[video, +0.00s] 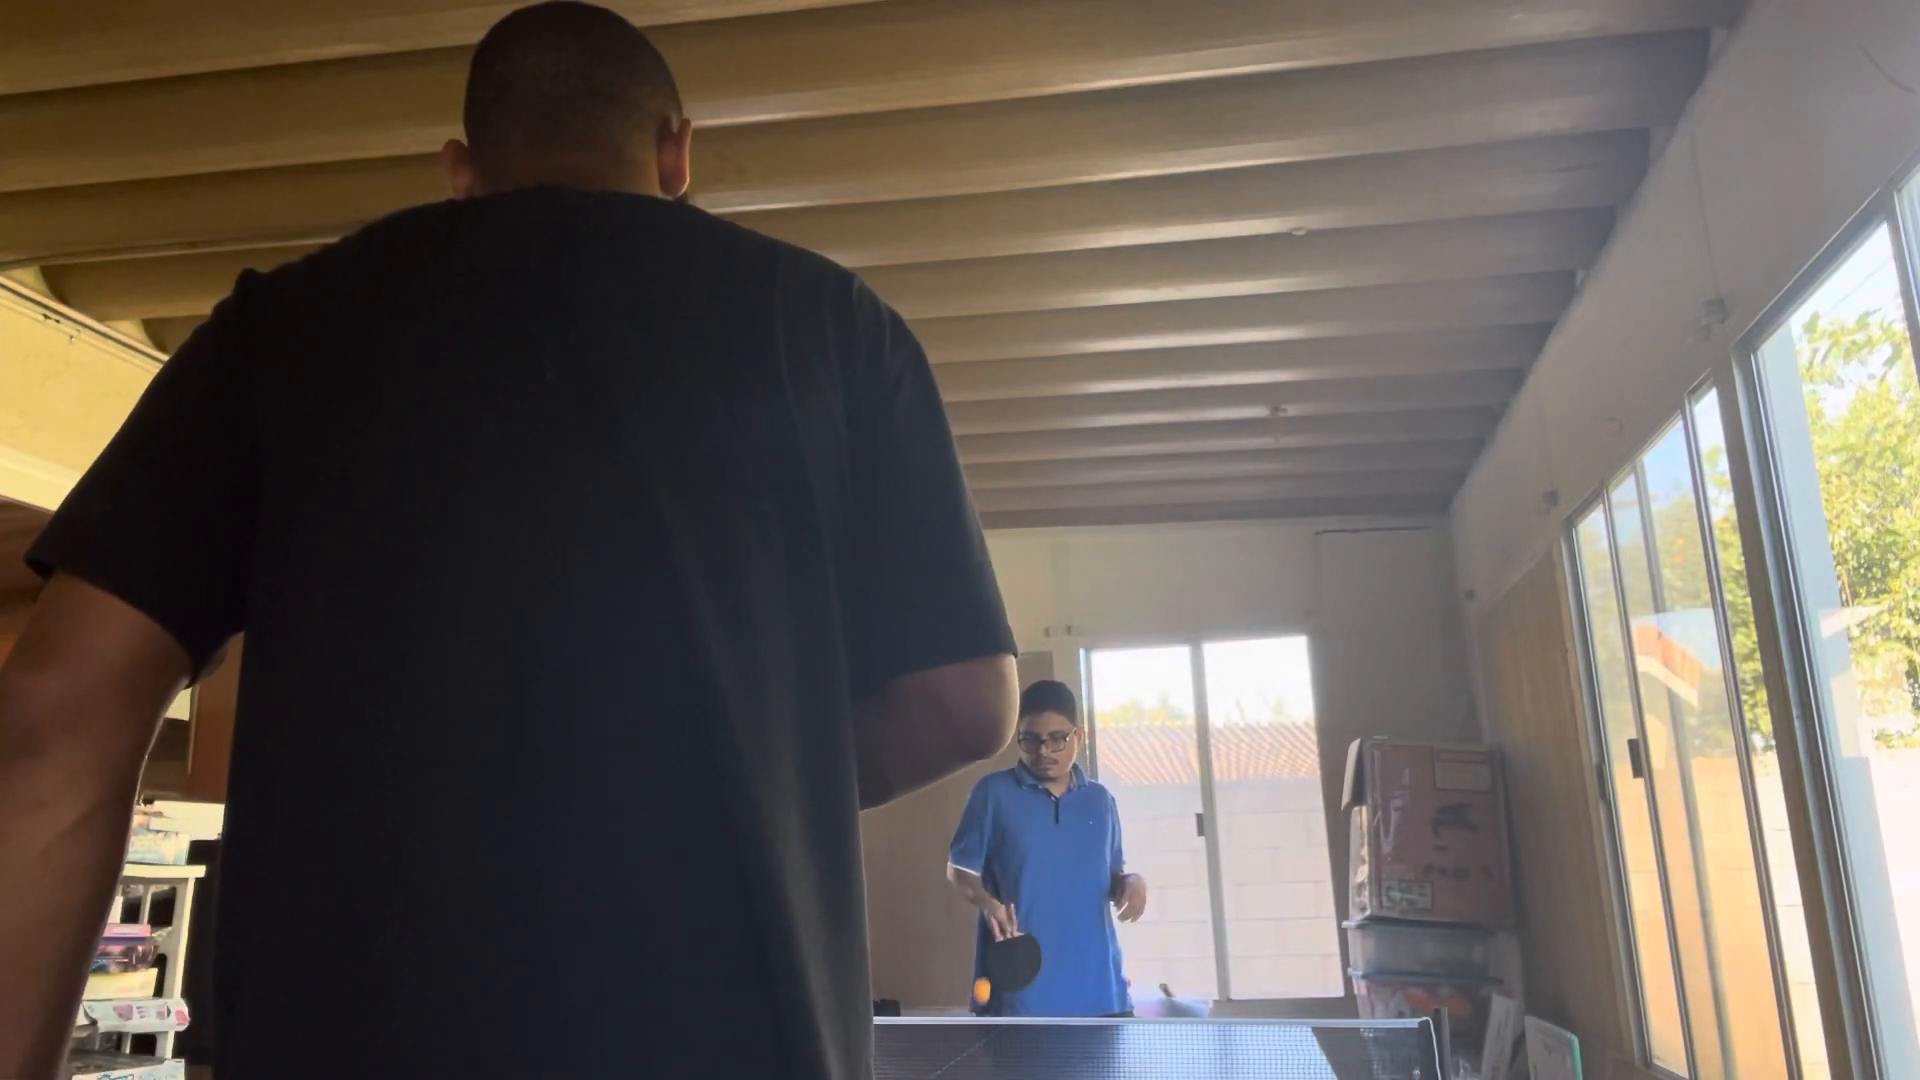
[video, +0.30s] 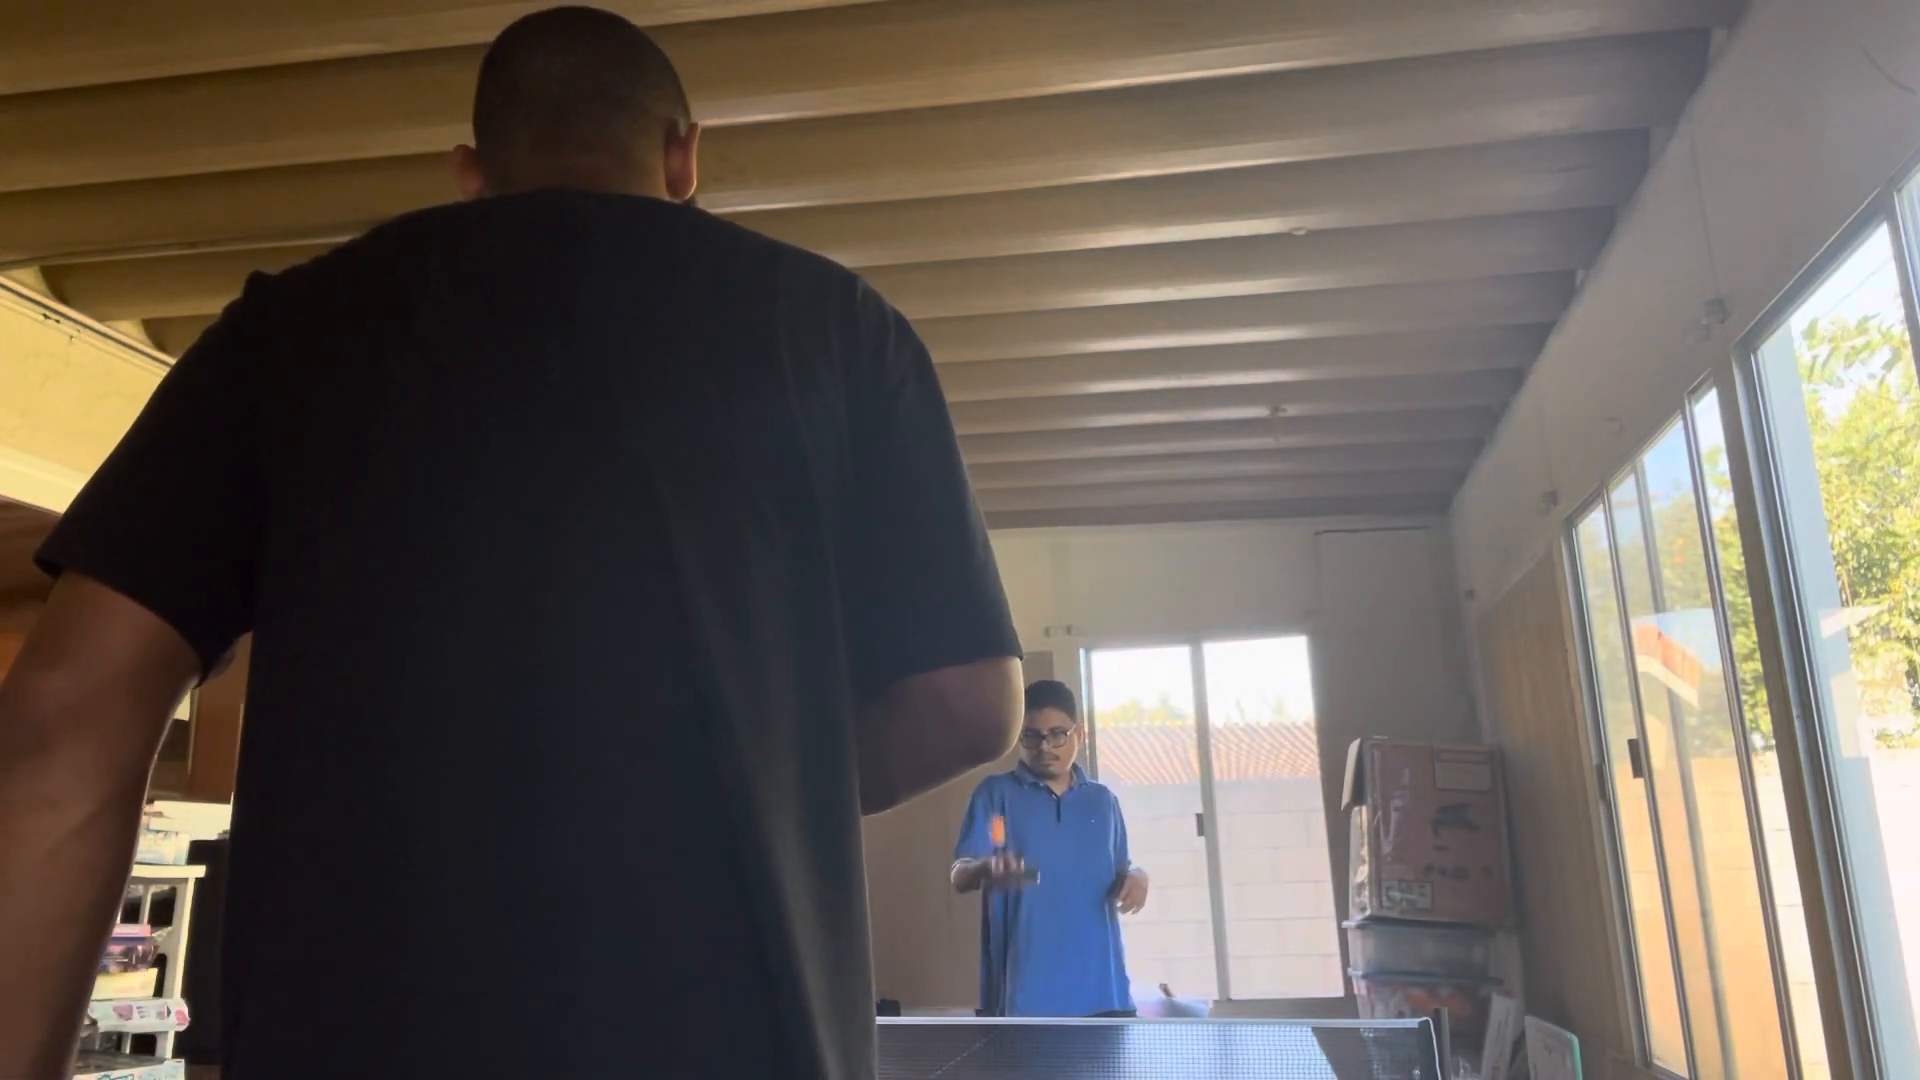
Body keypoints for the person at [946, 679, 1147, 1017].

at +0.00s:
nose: (1044, 751)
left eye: (1057, 738)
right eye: (1031, 739)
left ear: (1078, 738)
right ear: (1017, 738)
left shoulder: (1100, 801)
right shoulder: (994, 794)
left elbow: (1111, 879)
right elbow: (959, 870)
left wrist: (1133, 882)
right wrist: (988, 903)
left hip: (1097, 993)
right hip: (1022, 996)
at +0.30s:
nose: (1045, 746)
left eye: (1057, 734)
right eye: (1032, 736)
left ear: (1079, 736)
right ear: (1019, 738)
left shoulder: (1102, 801)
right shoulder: (996, 794)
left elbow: (1118, 879)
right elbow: (959, 877)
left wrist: (1137, 878)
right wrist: (986, 868)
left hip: (1100, 994)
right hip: (1023, 997)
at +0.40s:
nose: (1046, 743)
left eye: (1058, 731)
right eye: (1033, 733)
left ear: (1079, 734)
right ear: (1018, 738)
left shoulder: (1102, 800)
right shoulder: (996, 795)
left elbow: (1118, 881)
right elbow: (958, 879)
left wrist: (1140, 877)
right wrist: (990, 847)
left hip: (1102, 991)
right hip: (1027, 995)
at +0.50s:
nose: (1048, 741)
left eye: (1060, 728)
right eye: (1035, 731)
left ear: (1080, 733)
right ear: (1022, 737)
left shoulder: (1103, 800)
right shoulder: (996, 797)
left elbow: (1116, 883)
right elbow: (959, 884)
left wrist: (1139, 878)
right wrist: (994, 849)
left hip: (1104, 992)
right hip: (1029, 996)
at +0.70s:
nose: (1052, 737)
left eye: (1063, 725)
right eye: (1039, 727)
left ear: (1083, 733)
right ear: (1025, 735)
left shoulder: (1106, 798)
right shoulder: (998, 799)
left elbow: (1119, 883)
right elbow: (967, 890)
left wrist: (1139, 879)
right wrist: (1005, 873)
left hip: (1105, 991)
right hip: (1031, 996)